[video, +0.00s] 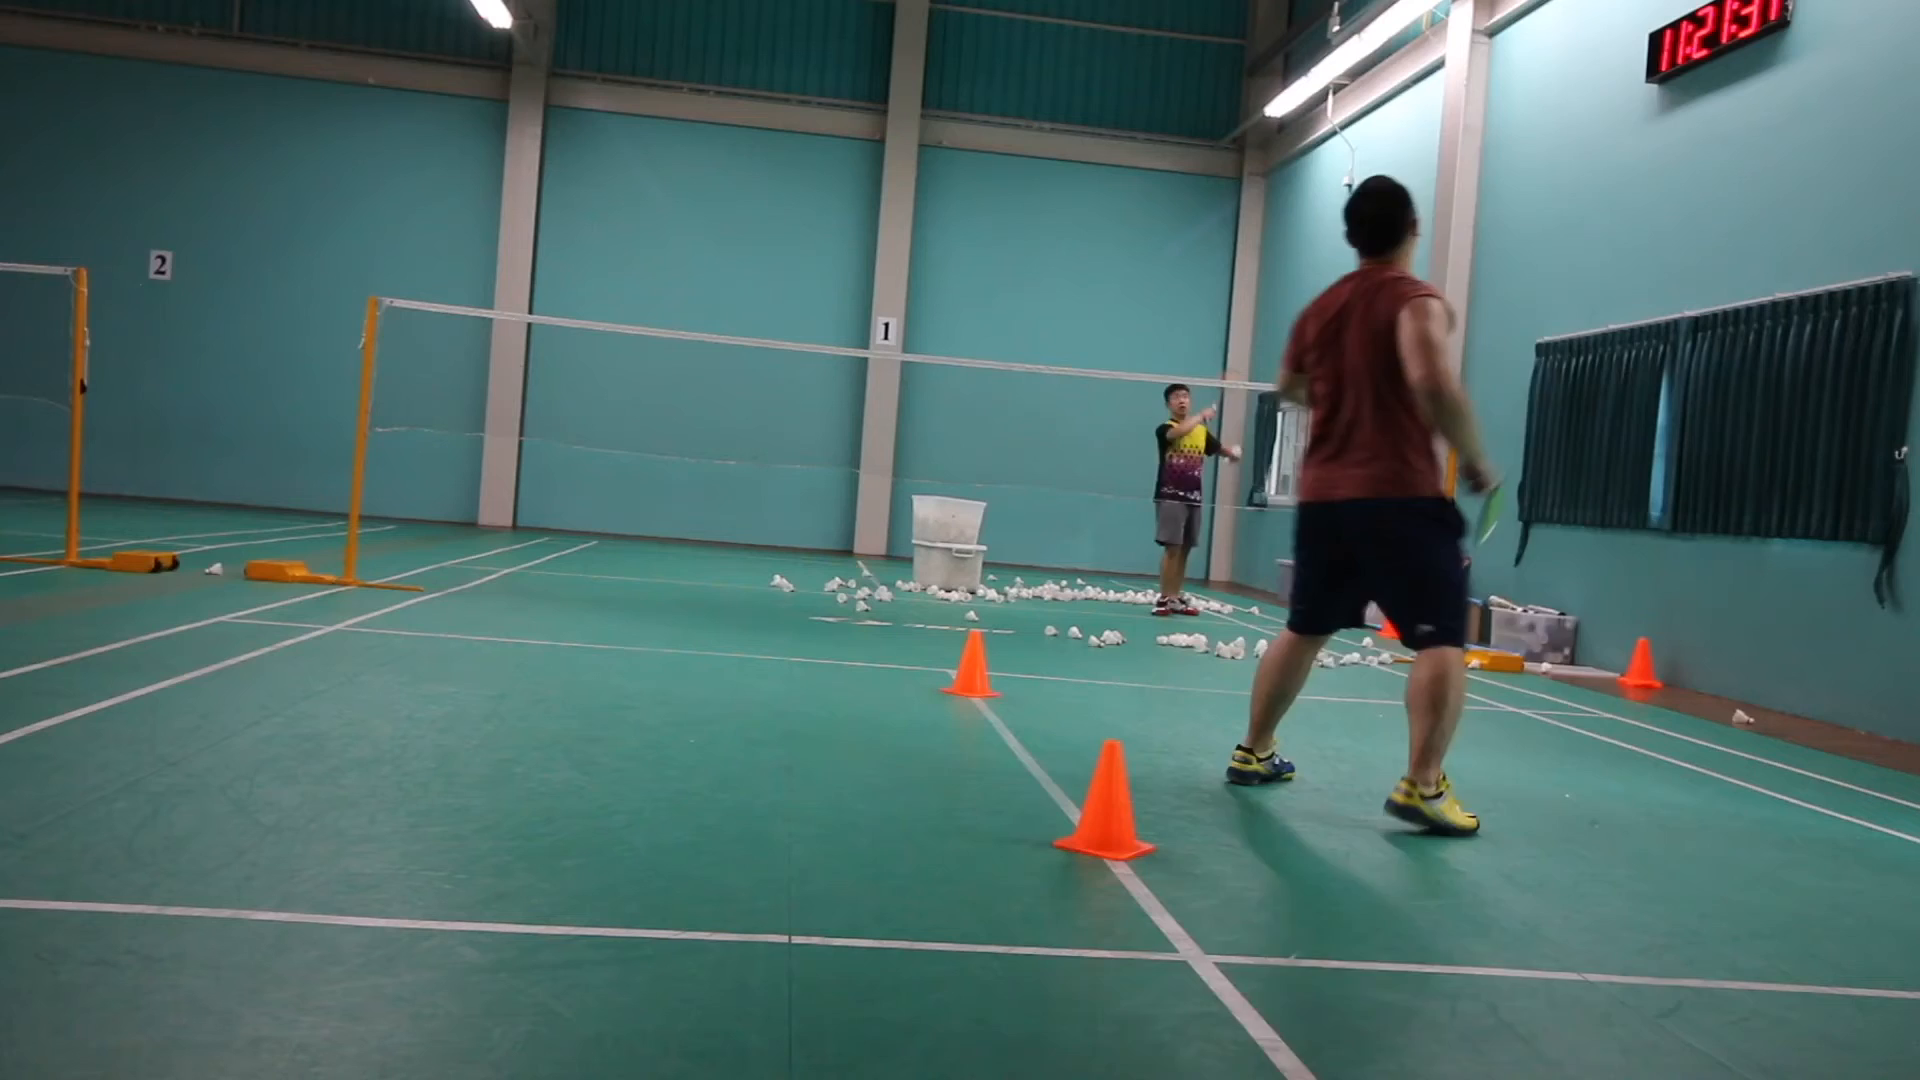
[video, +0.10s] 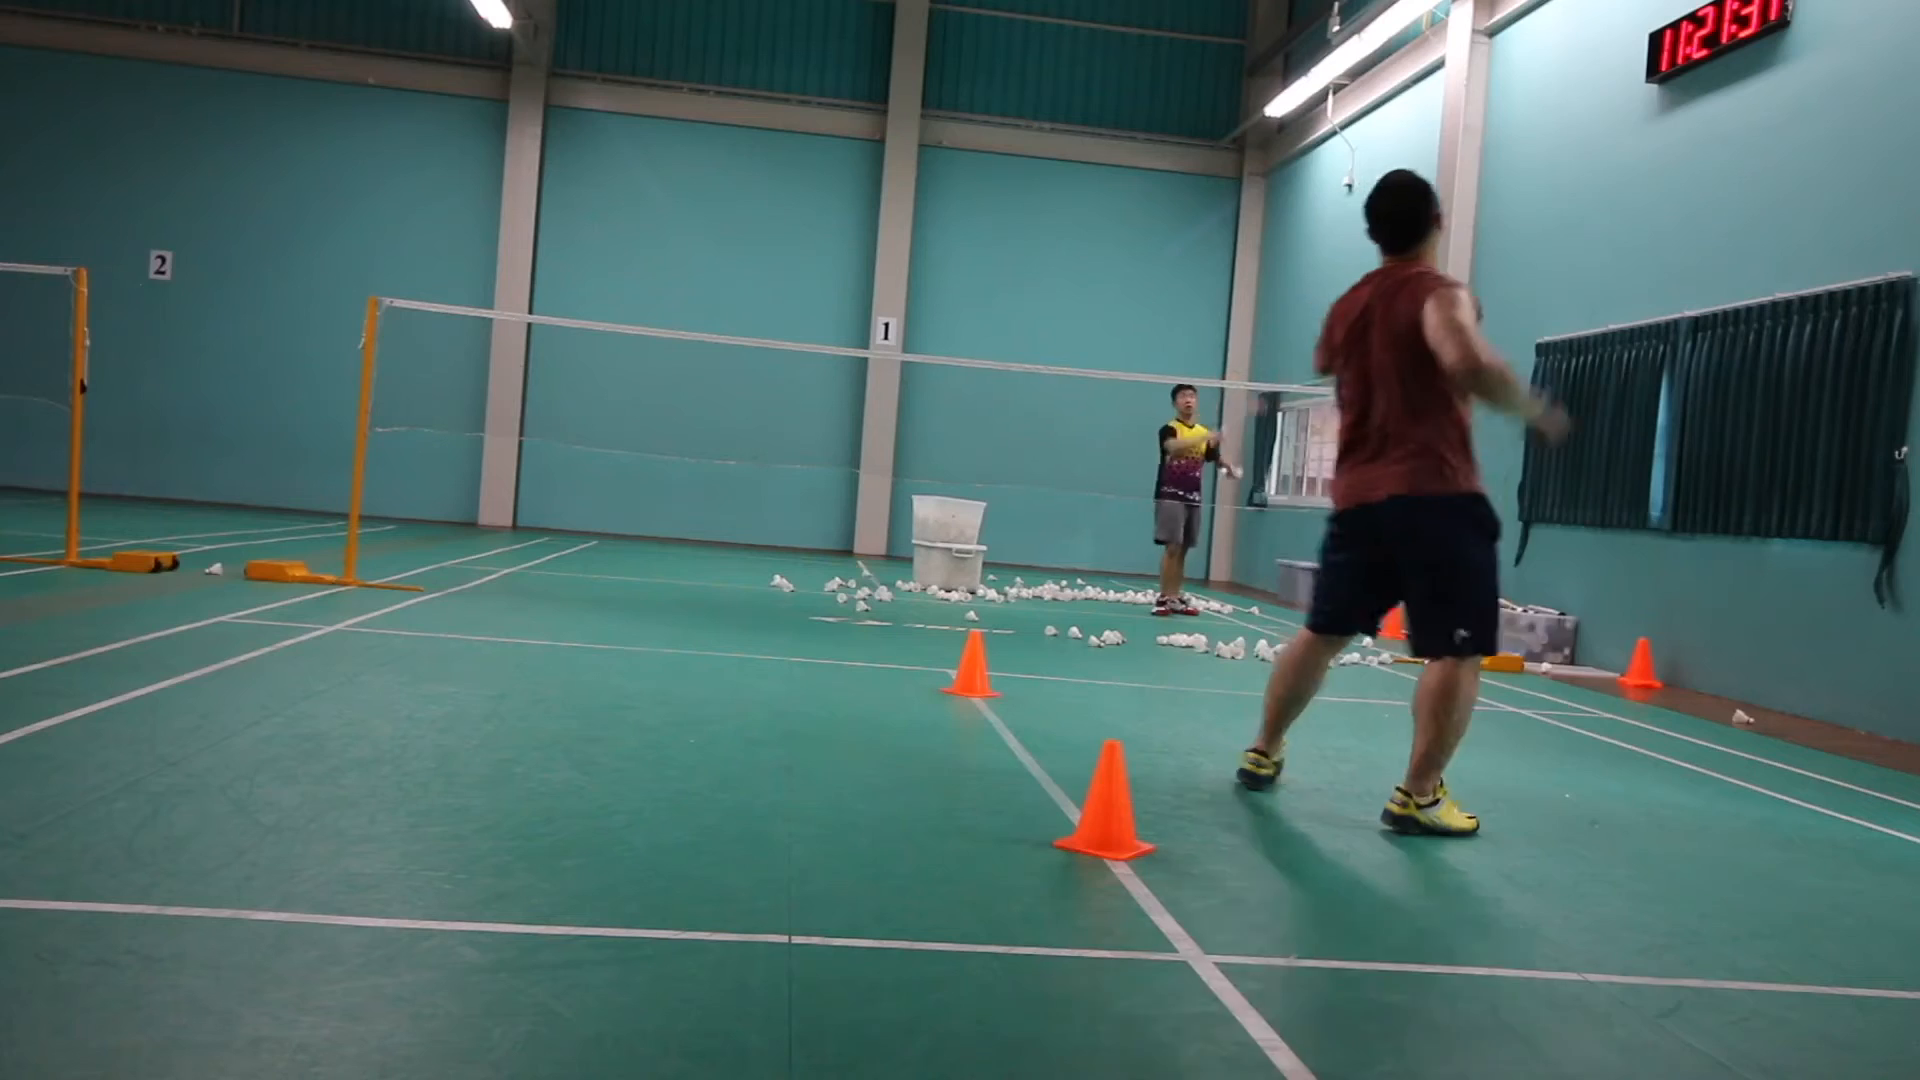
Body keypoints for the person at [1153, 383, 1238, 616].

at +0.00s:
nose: (1182, 401)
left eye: (1185, 397)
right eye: (1177, 398)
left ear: (1190, 401)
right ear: (1168, 403)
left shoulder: (1201, 431)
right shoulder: (1164, 429)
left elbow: (1215, 447)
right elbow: (1176, 433)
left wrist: (1230, 452)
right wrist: (1200, 418)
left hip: (1193, 497)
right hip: (1171, 496)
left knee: (1185, 549)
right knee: (1172, 549)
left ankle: (1176, 595)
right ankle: (1165, 596)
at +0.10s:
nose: (1188, 401)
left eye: (1191, 397)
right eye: (1183, 397)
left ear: (1197, 402)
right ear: (1175, 403)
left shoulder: (1204, 433)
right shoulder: (1169, 429)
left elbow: (1213, 457)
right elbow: (1171, 447)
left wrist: (1227, 465)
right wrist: (1206, 440)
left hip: (1192, 495)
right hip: (1171, 493)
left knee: (1183, 548)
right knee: (1172, 547)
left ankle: (1175, 595)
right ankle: (1165, 596)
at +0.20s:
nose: (1197, 401)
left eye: (1200, 398)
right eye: (1192, 397)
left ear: (1205, 404)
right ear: (1183, 403)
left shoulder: (1209, 436)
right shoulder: (1173, 430)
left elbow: (1211, 464)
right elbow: (1162, 460)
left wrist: (1217, 480)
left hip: (1193, 496)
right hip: (1170, 493)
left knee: (1182, 547)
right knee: (1171, 543)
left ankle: (1174, 595)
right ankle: (1161, 594)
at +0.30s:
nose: (1200, 401)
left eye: (1204, 397)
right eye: (1195, 397)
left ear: (1208, 404)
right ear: (1186, 402)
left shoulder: (1213, 436)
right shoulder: (1171, 431)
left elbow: (1212, 466)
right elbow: (1156, 461)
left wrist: (1210, 482)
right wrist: (1163, 483)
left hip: (1194, 496)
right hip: (1172, 493)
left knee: (1183, 548)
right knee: (1170, 545)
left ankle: (1174, 595)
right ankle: (1161, 595)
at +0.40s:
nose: (1198, 403)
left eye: (1201, 399)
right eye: (1193, 398)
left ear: (1206, 404)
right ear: (1184, 403)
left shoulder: (1213, 436)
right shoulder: (1168, 432)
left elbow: (1216, 465)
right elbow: (1151, 460)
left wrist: (1215, 483)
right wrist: (1141, 483)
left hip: (1196, 499)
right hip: (1170, 496)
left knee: (1185, 550)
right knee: (1169, 547)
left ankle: (1176, 595)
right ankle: (1163, 597)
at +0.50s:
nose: (1193, 404)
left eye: (1197, 399)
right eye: (1188, 399)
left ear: (1202, 404)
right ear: (1180, 404)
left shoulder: (1212, 435)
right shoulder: (1165, 434)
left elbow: (1219, 465)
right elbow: (1150, 462)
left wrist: (1219, 486)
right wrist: (1138, 484)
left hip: (1198, 501)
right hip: (1169, 498)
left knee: (1194, 554)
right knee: (1168, 547)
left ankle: (1179, 593)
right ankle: (1163, 597)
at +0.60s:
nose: (1192, 403)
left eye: (1196, 399)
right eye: (1188, 399)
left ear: (1202, 404)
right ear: (1179, 404)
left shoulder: (1213, 433)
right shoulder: (1166, 434)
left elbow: (1220, 462)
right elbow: (1151, 462)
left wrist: (1224, 480)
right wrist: (1147, 486)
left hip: (1202, 501)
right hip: (1171, 499)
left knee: (1208, 550)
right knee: (1168, 549)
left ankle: (1197, 592)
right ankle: (1163, 599)